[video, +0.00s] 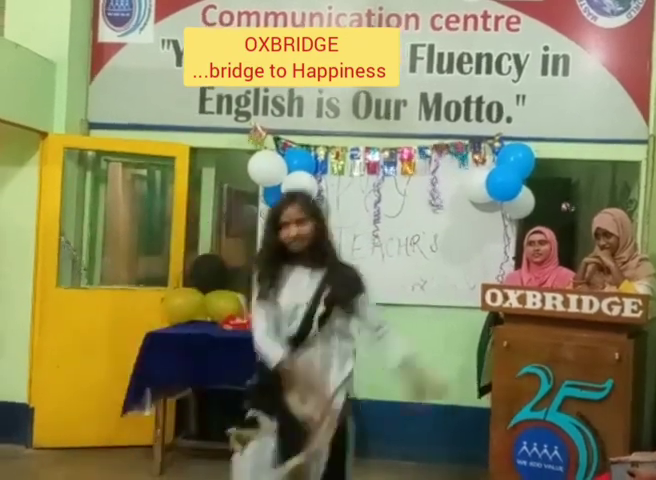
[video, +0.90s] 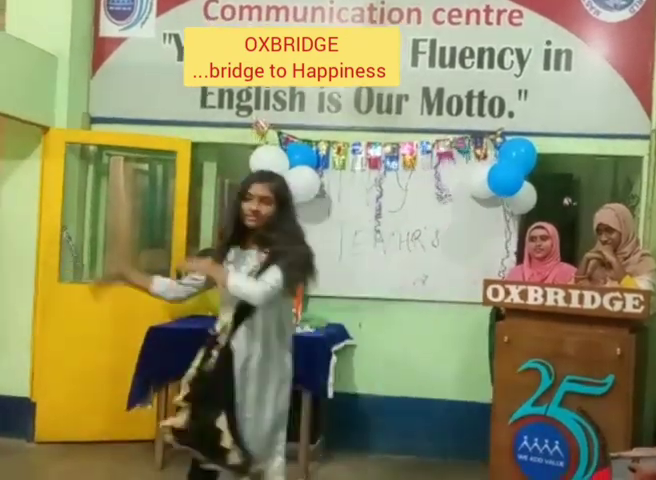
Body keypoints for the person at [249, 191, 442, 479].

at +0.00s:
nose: (293, 232)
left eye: (301, 223)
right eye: (284, 226)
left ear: (317, 225)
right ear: (276, 232)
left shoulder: (341, 277)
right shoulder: (268, 274)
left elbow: (377, 329)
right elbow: (261, 331)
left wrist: (411, 367)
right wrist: (283, 363)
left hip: (330, 394)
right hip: (284, 393)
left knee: (330, 471)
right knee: (286, 468)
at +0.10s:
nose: (306, 213)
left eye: (315, 204)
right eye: (298, 206)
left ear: (333, 208)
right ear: (292, 213)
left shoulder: (353, 260)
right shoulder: (280, 254)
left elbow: (401, 286)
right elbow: (272, 306)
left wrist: (442, 292)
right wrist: (329, 310)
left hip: (336, 382)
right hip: (286, 380)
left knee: (329, 465)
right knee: (285, 462)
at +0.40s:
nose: (319, 219)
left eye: (329, 210)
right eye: (313, 211)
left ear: (350, 216)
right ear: (306, 217)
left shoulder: (365, 264)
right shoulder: (293, 264)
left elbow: (411, 316)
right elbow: (291, 336)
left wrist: (454, 290)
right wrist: (341, 318)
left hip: (351, 383)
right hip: (303, 384)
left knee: (346, 465)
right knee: (298, 463)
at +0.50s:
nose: (315, 235)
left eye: (326, 227)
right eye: (309, 228)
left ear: (344, 233)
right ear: (302, 234)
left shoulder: (361, 285)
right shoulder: (287, 289)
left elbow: (383, 344)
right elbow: (281, 355)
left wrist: (436, 374)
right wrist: (306, 389)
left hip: (347, 396)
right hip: (299, 396)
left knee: (345, 470)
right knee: (294, 468)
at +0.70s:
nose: (290, 216)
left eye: (302, 211)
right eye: (285, 207)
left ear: (316, 221)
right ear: (275, 212)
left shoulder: (319, 274)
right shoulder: (251, 260)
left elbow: (304, 339)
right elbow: (223, 315)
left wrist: (262, 383)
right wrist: (193, 375)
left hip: (292, 377)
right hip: (241, 372)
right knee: (229, 454)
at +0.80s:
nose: (268, 208)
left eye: (280, 204)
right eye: (264, 200)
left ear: (296, 213)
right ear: (255, 204)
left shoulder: (302, 261)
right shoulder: (239, 254)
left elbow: (279, 315)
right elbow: (202, 292)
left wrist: (230, 316)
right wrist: (161, 313)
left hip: (278, 377)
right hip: (235, 372)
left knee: (273, 462)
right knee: (216, 459)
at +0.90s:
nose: (253, 207)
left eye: (264, 202)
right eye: (248, 199)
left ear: (280, 209)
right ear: (239, 203)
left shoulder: (292, 255)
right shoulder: (230, 251)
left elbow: (257, 293)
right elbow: (179, 291)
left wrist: (213, 270)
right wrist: (130, 275)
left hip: (263, 371)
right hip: (222, 364)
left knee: (253, 456)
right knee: (206, 452)